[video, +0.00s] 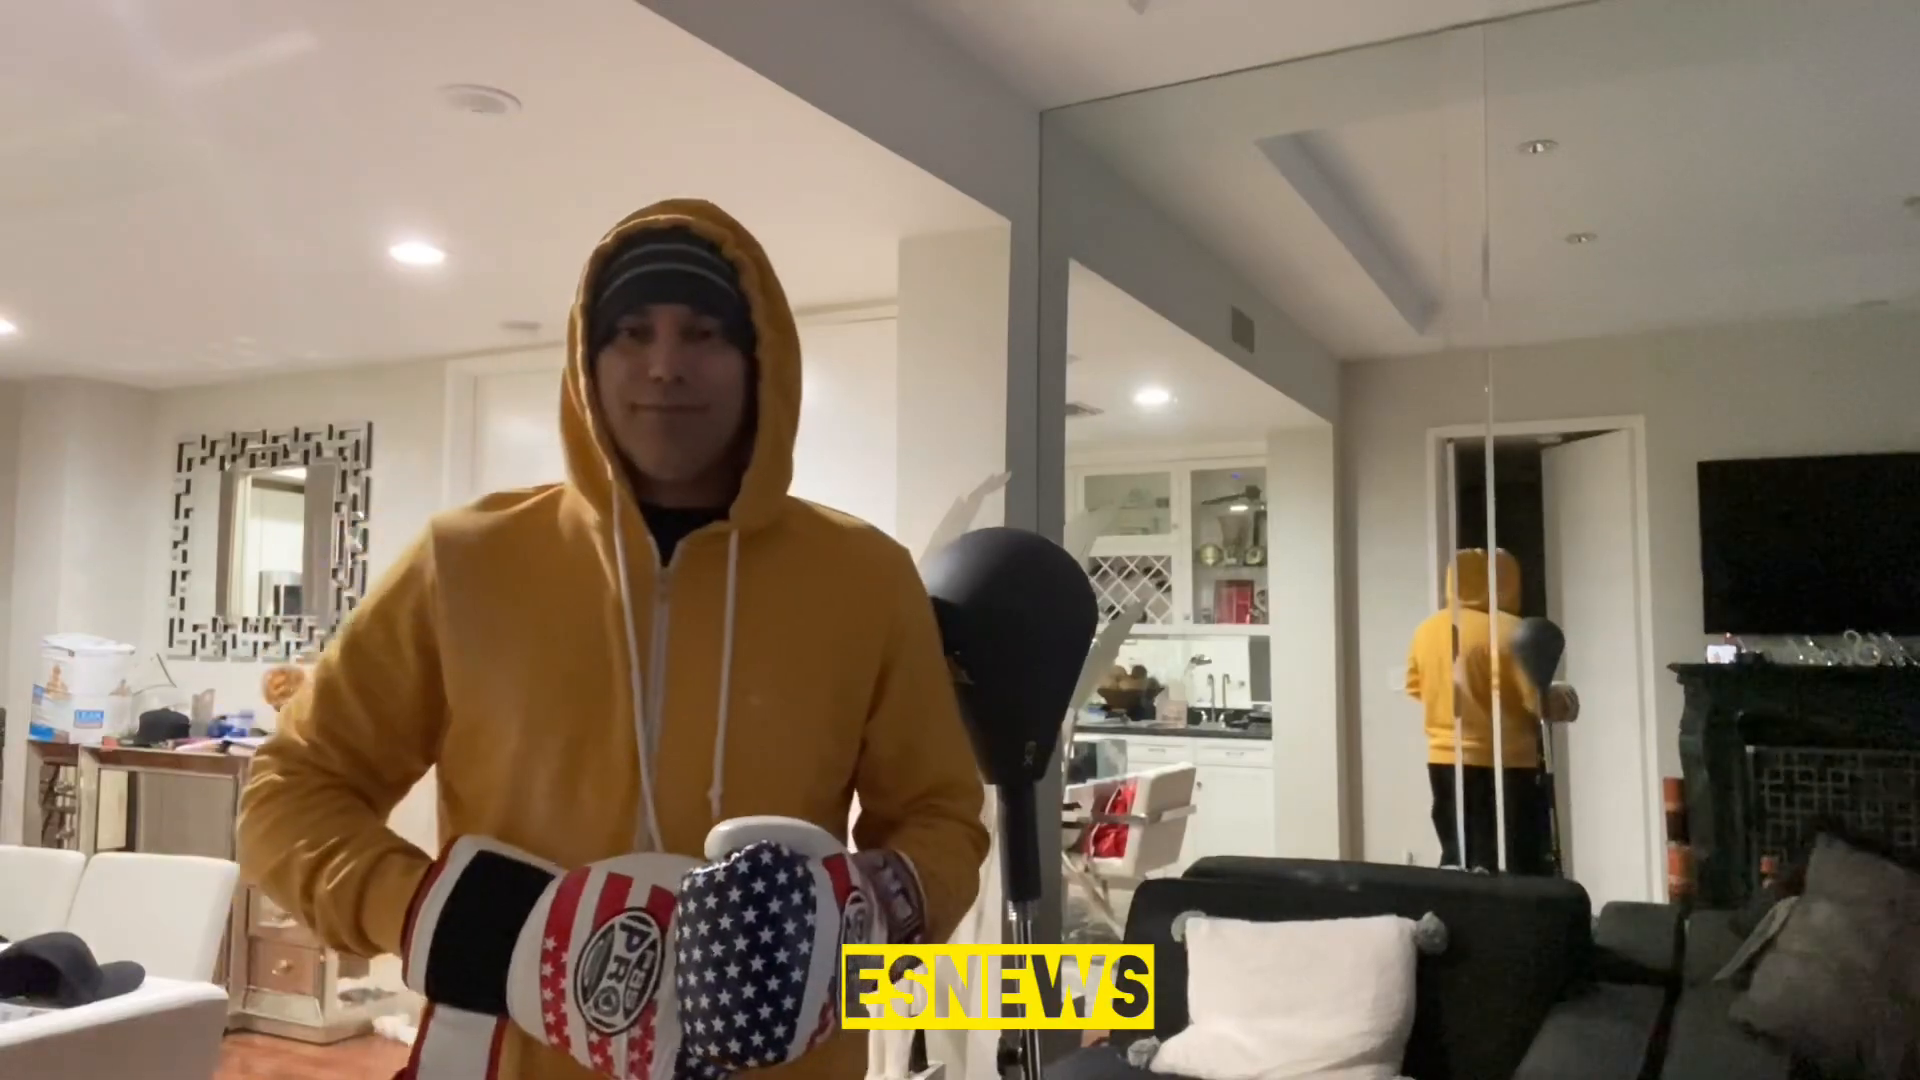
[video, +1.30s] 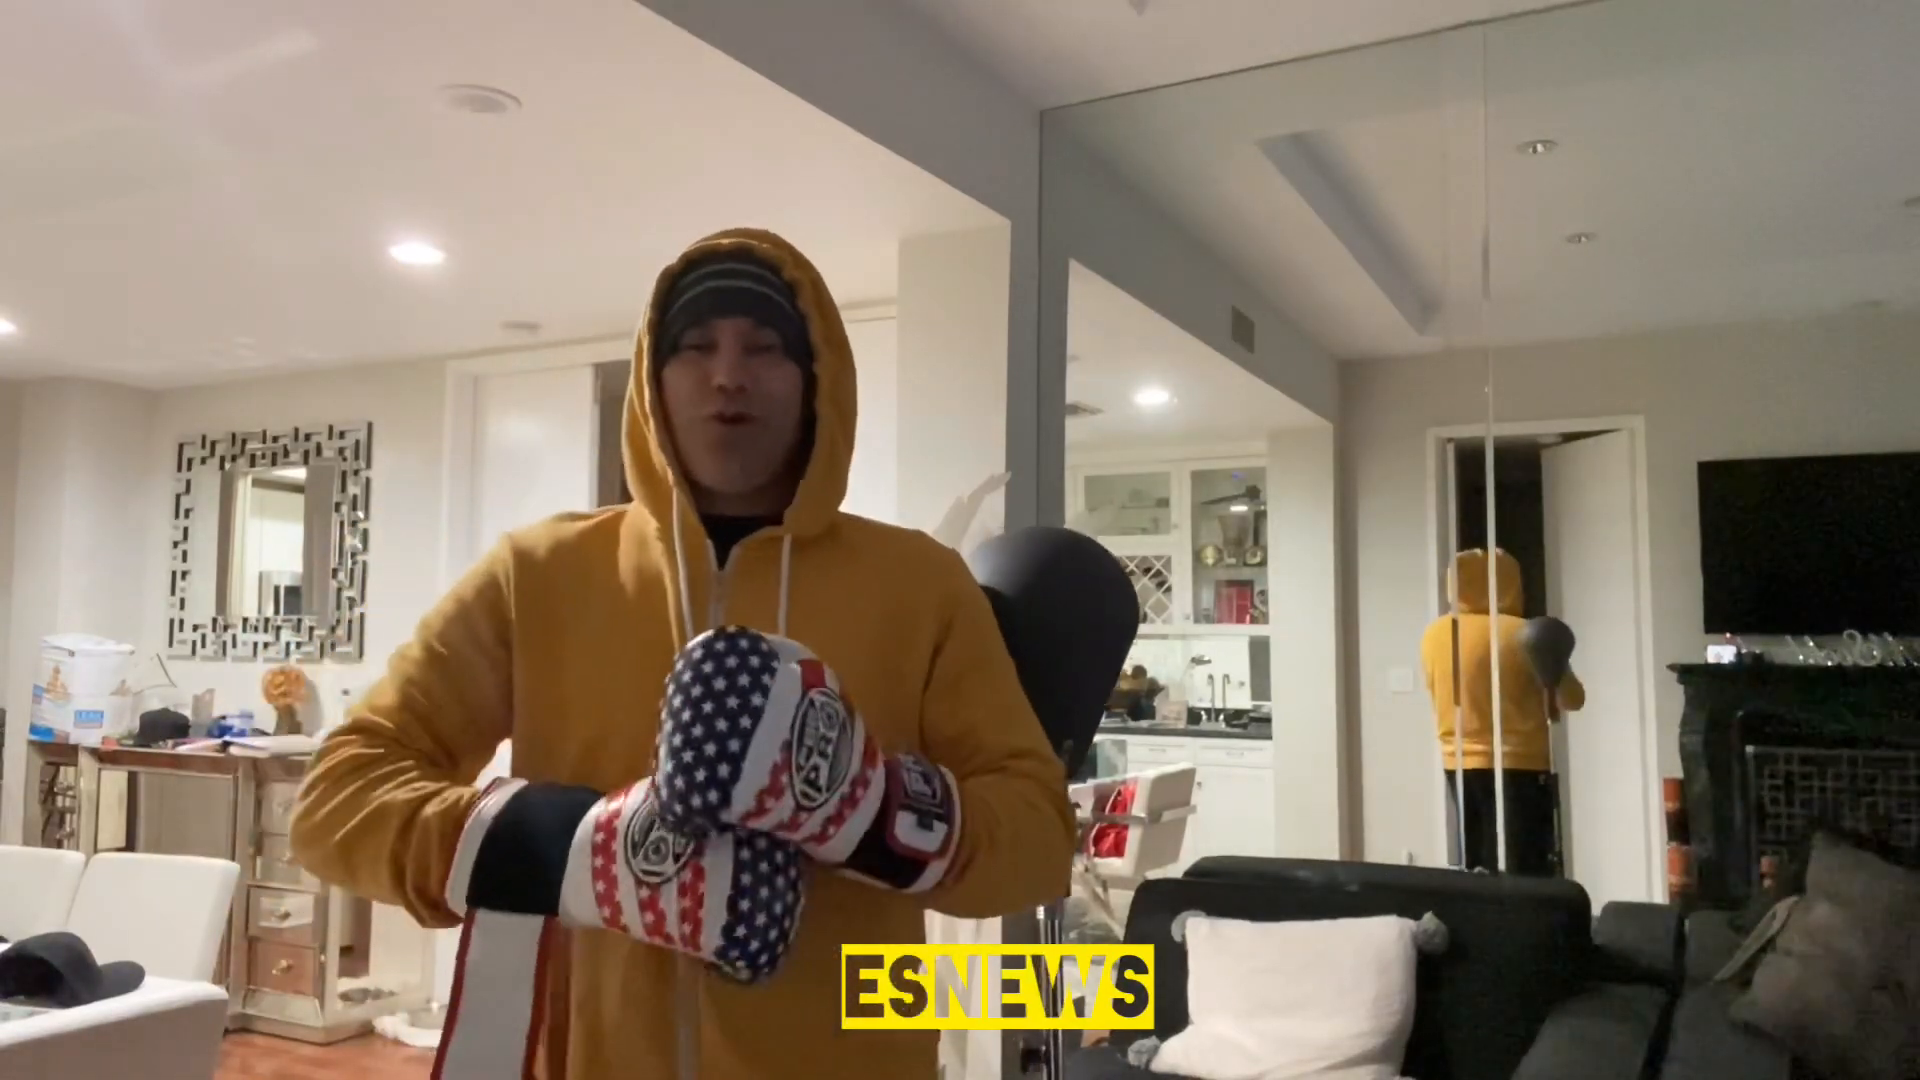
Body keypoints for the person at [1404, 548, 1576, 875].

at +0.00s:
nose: (1517, 589)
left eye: (1515, 581)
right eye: (1512, 581)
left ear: (1454, 582)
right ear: (1500, 584)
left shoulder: (1428, 630)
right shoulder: (1509, 631)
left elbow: (1414, 687)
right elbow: (1536, 700)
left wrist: (1455, 699)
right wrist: (1564, 701)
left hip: (1447, 766)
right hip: (1508, 768)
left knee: (1459, 857)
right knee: (1521, 862)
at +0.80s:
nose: (1519, 588)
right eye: (1515, 581)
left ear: (1462, 582)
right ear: (1509, 583)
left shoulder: (1437, 628)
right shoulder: (1521, 630)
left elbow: (1425, 680)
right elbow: (1554, 704)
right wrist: (1570, 689)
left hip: (1456, 769)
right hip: (1518, 770)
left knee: (1466, 862)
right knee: (1526, 867)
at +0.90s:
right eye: (1513, 580)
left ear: (1458, 582)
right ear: (1508, 582)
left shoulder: (1436, 629)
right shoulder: (1524, 630)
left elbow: (1426, 680)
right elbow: (1555, 706)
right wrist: (1570, 684)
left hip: (1458, 771)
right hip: (1520, 771)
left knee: (1466, 865)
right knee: (1526, 870)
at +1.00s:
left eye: (1453, 581)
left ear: (1456, 584)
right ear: (1507, 583)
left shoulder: (1436, 631)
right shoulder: (1524, 630)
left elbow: (1430, 683)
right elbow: (1557, 705)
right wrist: (1568, 676)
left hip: (1460, 771)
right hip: (1521, 771)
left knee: (1467, 864)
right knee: (1527, 869)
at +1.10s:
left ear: (1455, 585)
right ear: (1507, 583)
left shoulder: (1435, 633)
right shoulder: (1526, 632)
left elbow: (1437, 689)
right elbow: (1563, 702)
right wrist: (1561, 662)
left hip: (1461, 772)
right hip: (1522, 772)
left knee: (1469, 870)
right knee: (1529, 871)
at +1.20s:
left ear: (1455, 586)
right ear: (1507, 583)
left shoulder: (1435, 634)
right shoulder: (1526, 633)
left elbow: (1439, 692)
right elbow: (1569, 700)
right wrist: (1555, 659)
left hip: (1462, 771)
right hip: (1523, 771)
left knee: (1471, 871)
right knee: (1529, 871)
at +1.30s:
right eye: (1514, 582)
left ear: (1458, 587)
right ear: (1508, 585)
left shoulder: (1435, 635)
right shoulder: (1526, 633)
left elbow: (1438, 693)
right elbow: (1572, 699)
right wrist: (1553, 659)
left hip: (1462, 772)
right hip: (1523, 772)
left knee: (1474, 870)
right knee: (1530, 871)